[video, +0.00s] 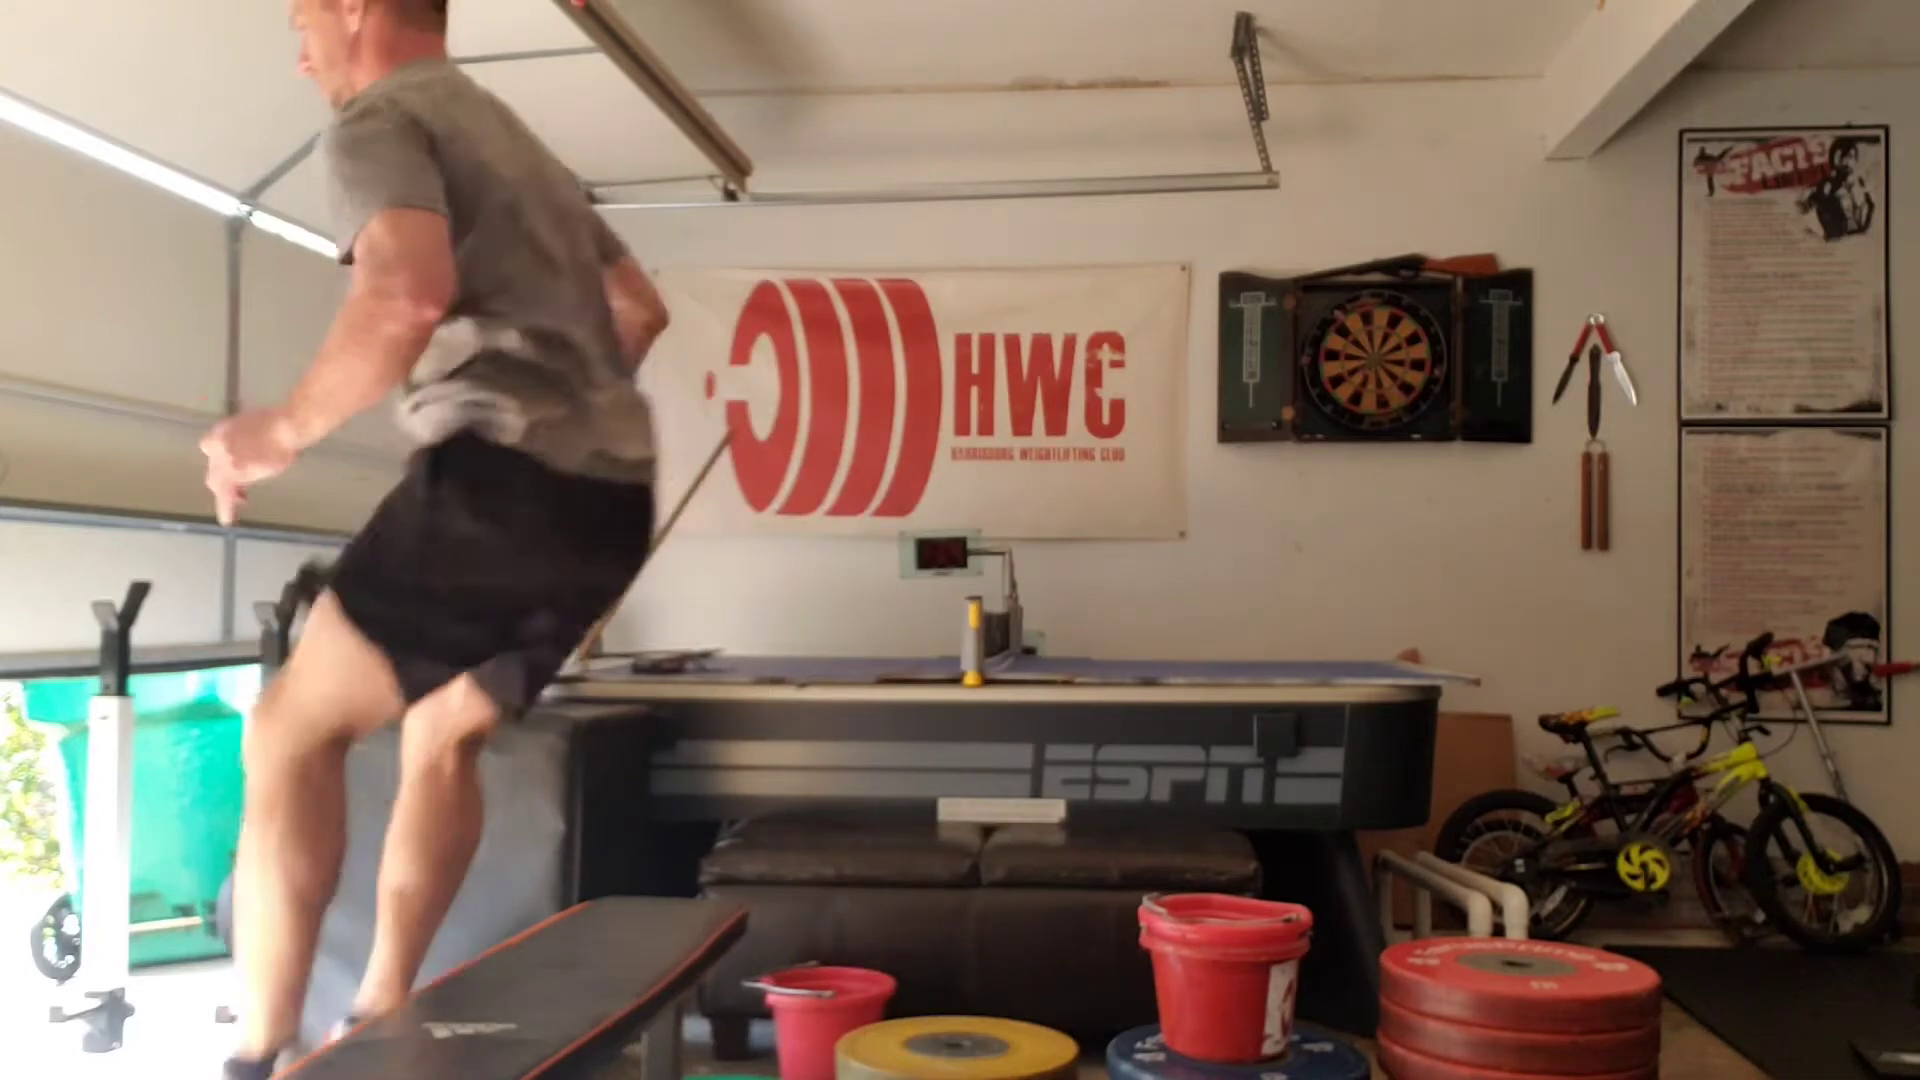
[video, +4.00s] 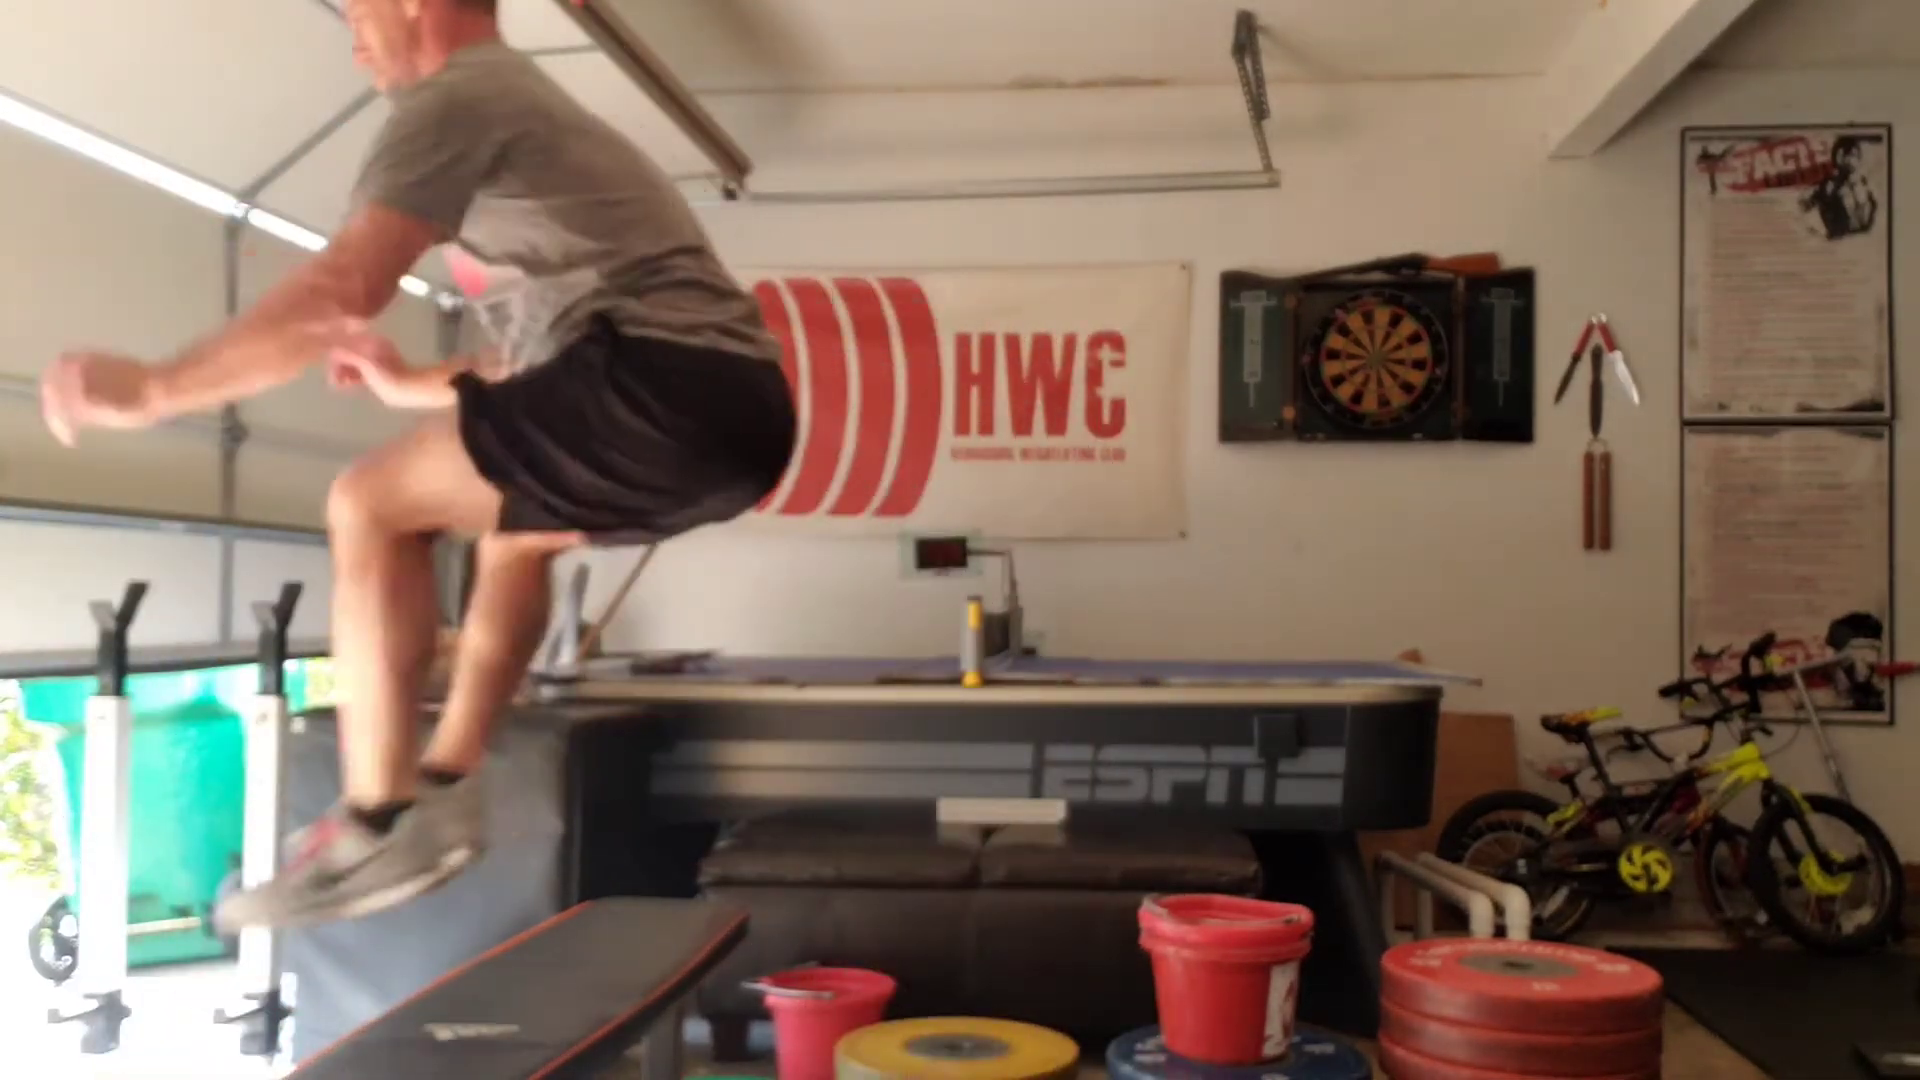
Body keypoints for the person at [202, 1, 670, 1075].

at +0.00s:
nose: (299, 50)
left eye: (304, 23)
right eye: (297, 27)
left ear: (357, 17)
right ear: (412, 21)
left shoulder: (381, 119)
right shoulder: (511, 134)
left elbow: (407, 296)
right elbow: (638, 307)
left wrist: (286, 426)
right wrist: (518, 385)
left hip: (501, 478)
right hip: (613, 500)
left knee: (290, 721)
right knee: (443, 733)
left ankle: (265, 1043)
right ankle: (385, 1007)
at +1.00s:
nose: (372, 237)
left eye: (373, 216)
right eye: (354, 211)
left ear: (283, 211)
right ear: (267, 206)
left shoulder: (327, 377)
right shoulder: (190, 342)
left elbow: (357, 532)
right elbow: (104, 511)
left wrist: (452, 569)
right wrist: (267, 612)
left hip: (257, 696)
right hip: (153, 680)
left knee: (250, 950)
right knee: (242, 945)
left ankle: (201, 1072)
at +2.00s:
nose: (843, 65)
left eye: (845, 42)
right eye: (831, 34)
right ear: (751, 15)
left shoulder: (754, 207)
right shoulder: (660, 113)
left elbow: (774, 382)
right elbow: (585, 289)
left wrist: (881, 468)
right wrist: (748, 361)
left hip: (584, 408)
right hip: (477, 389)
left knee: (788, 526)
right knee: (688, 501)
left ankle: (765, 804)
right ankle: (688, 787)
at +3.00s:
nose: (920, 219)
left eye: (930, 190)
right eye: (918, 196)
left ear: (1002, 175)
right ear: (1003, 181)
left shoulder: (1064, 321)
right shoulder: (1014, 327)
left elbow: (1068, 524)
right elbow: (1037, 545)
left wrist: (880, 591)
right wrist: (922, 629)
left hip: (1104, 737)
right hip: (1032, 727)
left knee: (1149, 1037)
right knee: (973, 962)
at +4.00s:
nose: (354, 45)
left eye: (359, 19)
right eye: (350, 26)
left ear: (423, 12)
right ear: (454, 18)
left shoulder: (457, 99)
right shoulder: (534, 103)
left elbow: (339, 300)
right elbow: (575, 346)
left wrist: (151, 389)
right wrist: (412, 386)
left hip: (666, 389)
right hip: (739, 411)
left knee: (369, 499)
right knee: (516, 534)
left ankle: (377, 819)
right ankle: (449, 783)